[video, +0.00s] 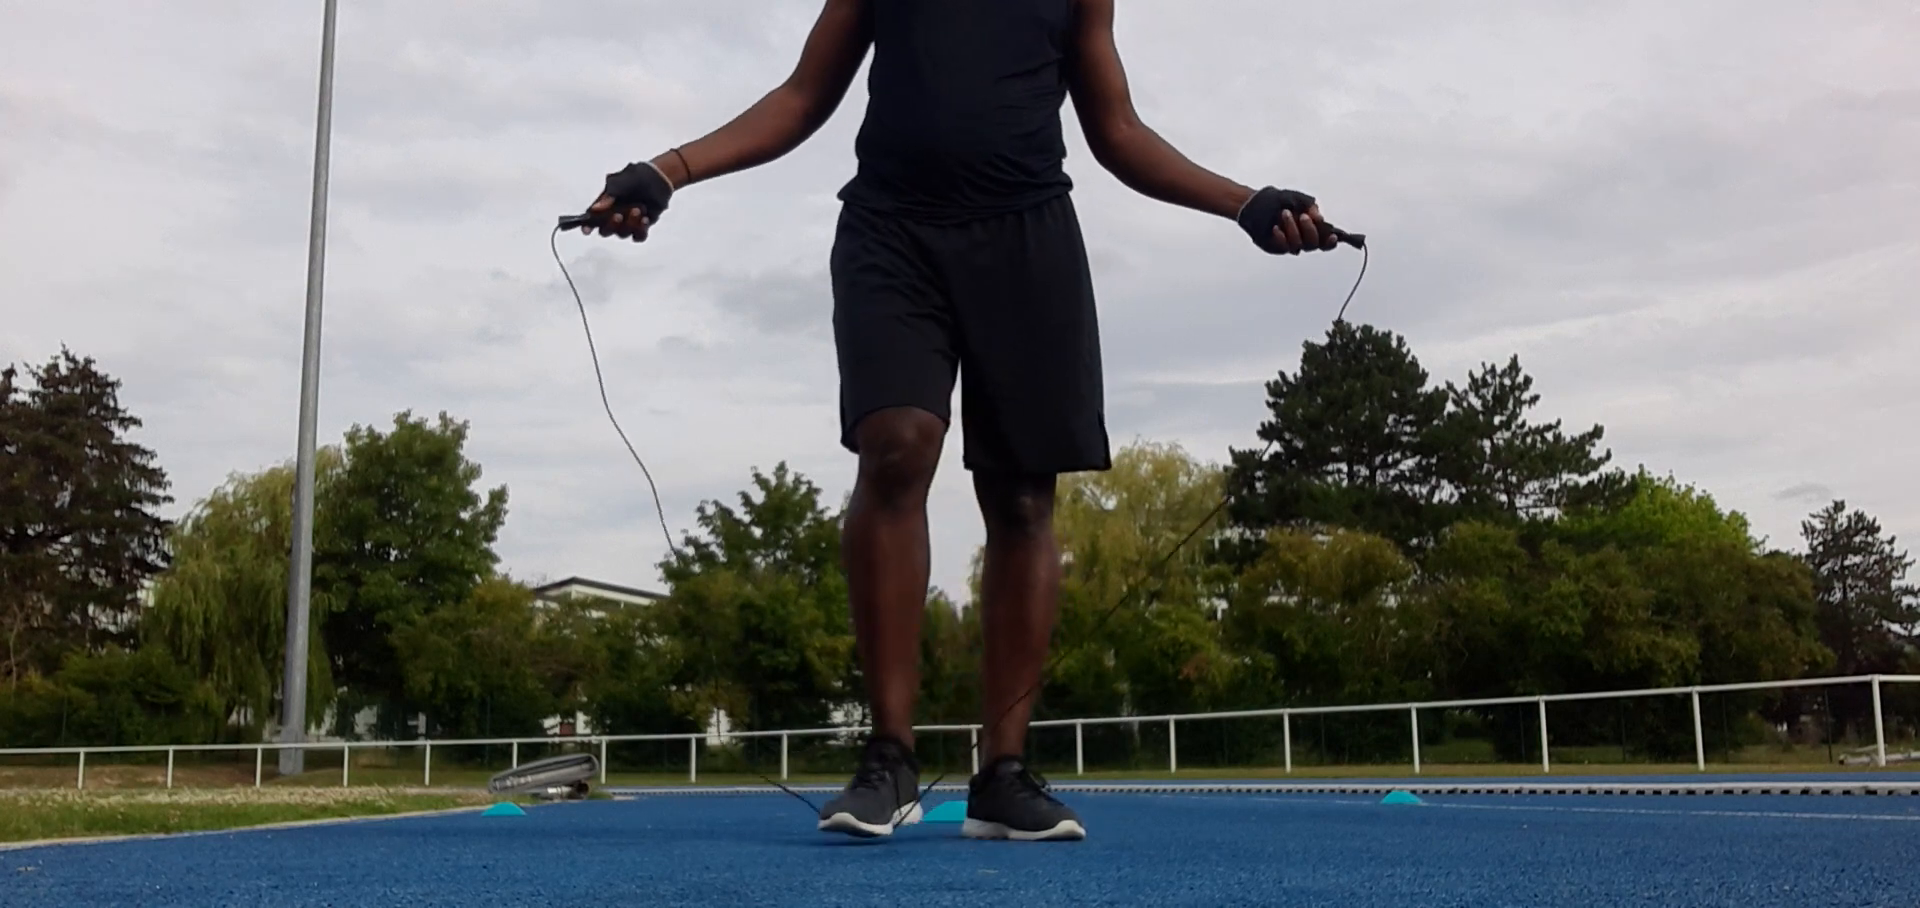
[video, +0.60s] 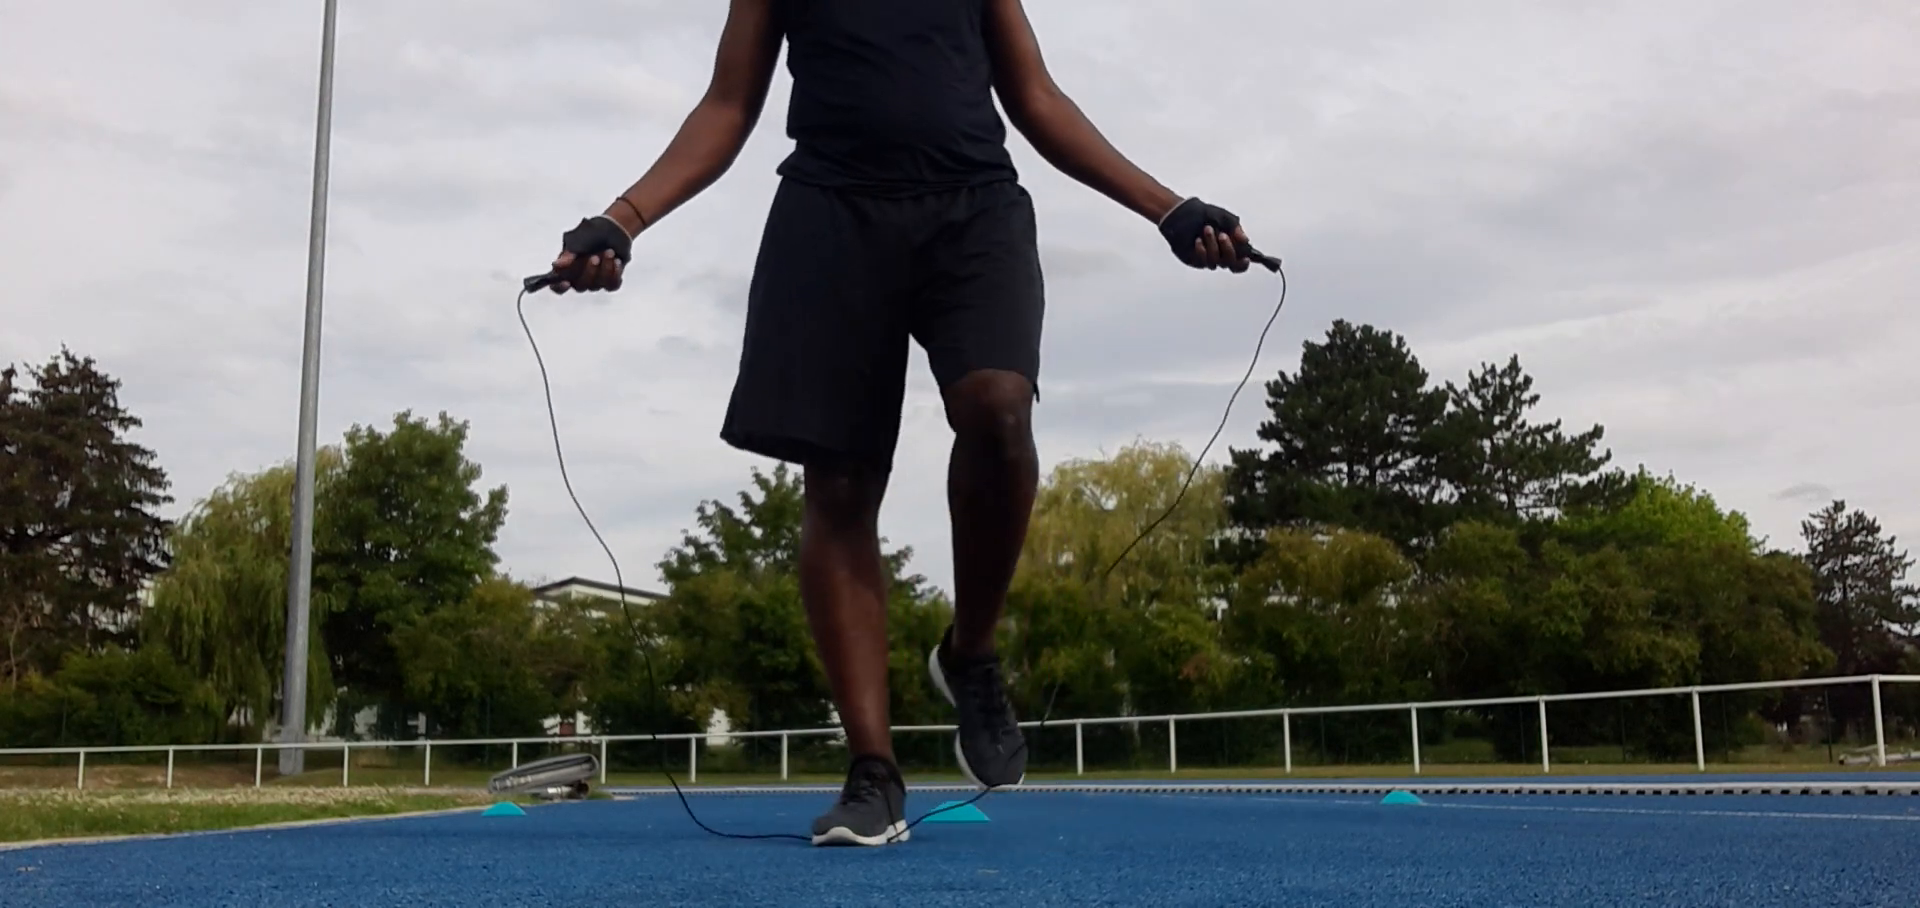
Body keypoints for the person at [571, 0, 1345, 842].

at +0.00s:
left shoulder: (1077, 12)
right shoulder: (871, 8)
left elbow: (1119, 134)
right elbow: (802, 98)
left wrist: (1248, 202)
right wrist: (667, 169)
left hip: (1026, 234)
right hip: (891, 229)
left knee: (1021, 500)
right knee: (896, 455)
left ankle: (1003, 774)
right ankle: (888, 759)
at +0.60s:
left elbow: (1036, 99)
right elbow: (729, 101)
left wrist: (1172, 209)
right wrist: (622, 219)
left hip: (975, 205)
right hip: (834, 212)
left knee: (996, 410)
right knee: (839, 488)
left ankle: (972, 655)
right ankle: (872, 772)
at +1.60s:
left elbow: (1123, 81)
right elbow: (782, 41)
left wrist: (1280, 147)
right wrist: (624, 89)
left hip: (1031, 185)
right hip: (882, 187)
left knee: (1032, 470)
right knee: (889, 445)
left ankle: (1010, 770)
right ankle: (879, 743)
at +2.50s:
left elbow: (1173, 6)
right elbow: (793, 7)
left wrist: (1326, 70)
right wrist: (648, 57)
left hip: (1042, 150)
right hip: (893, 153)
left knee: (1032, 462)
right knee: (902, 442)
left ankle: (1012, 778)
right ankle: (920, 772)